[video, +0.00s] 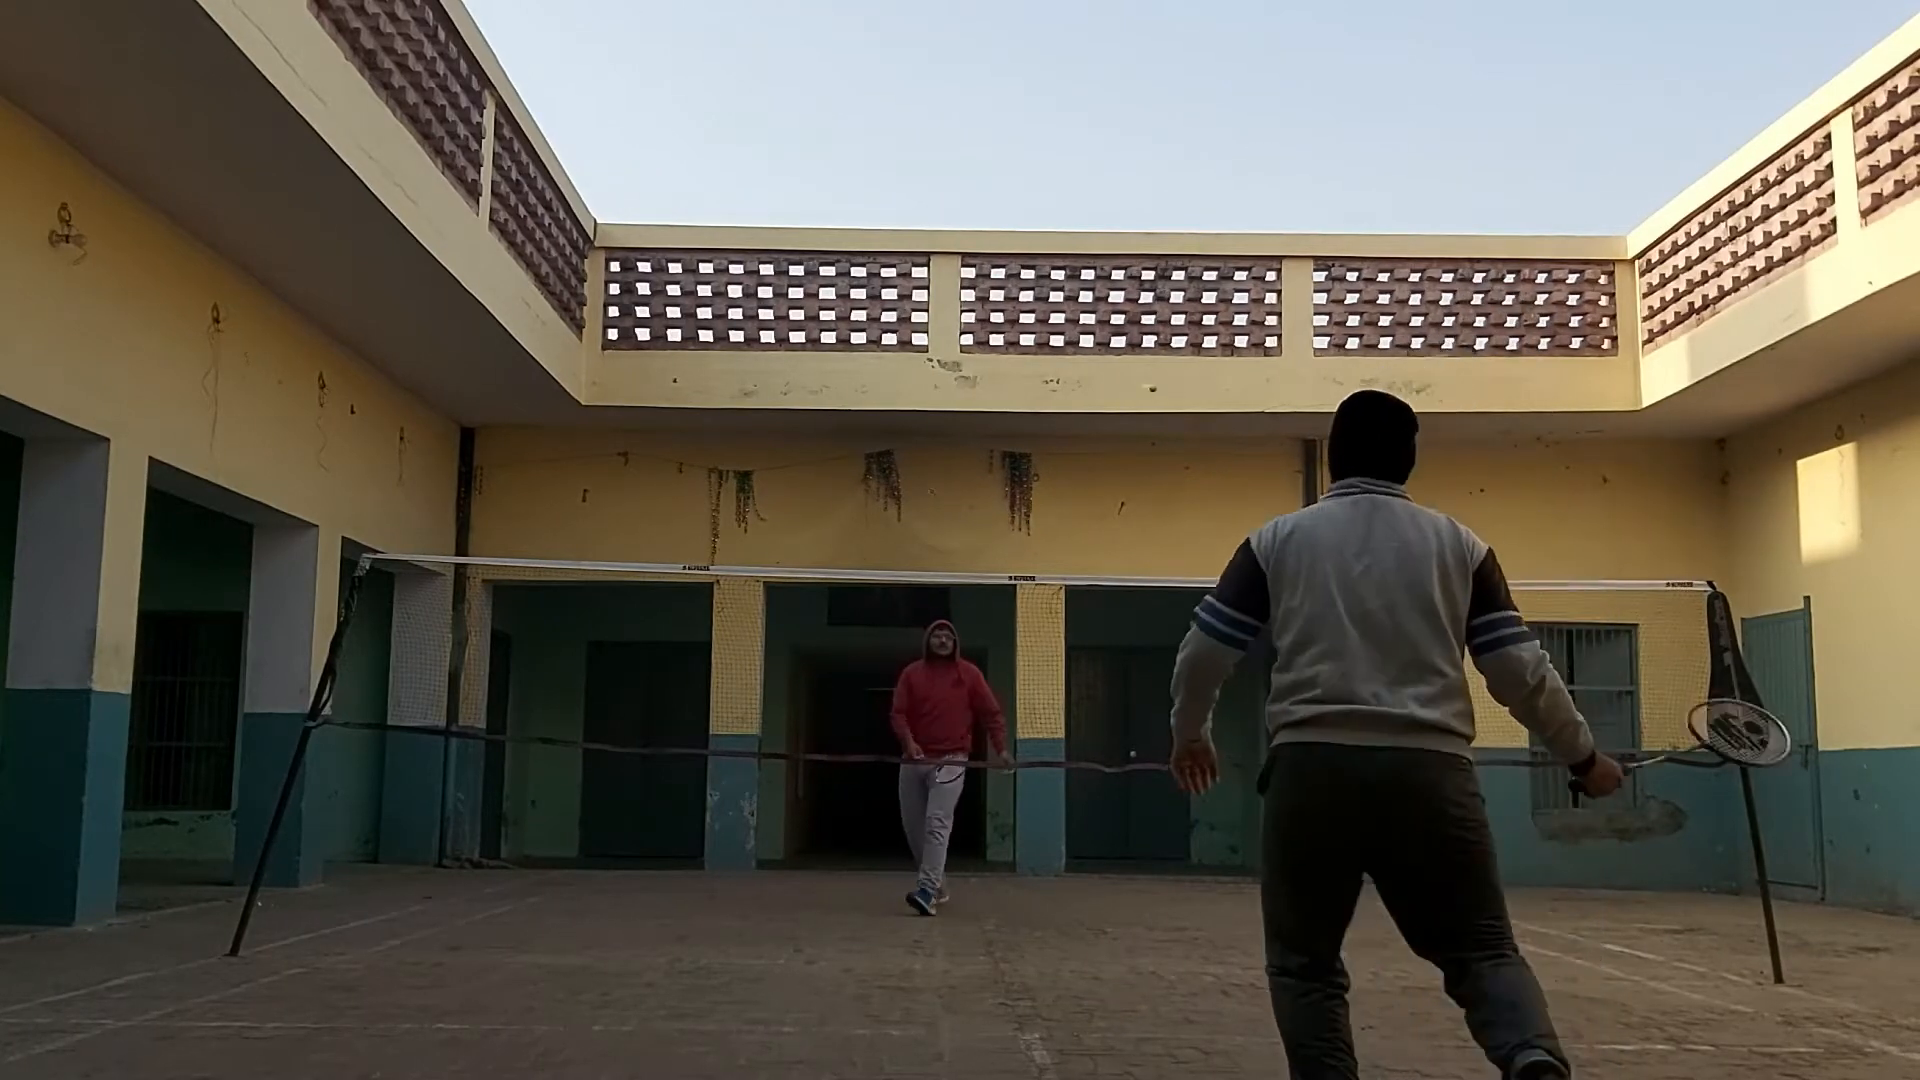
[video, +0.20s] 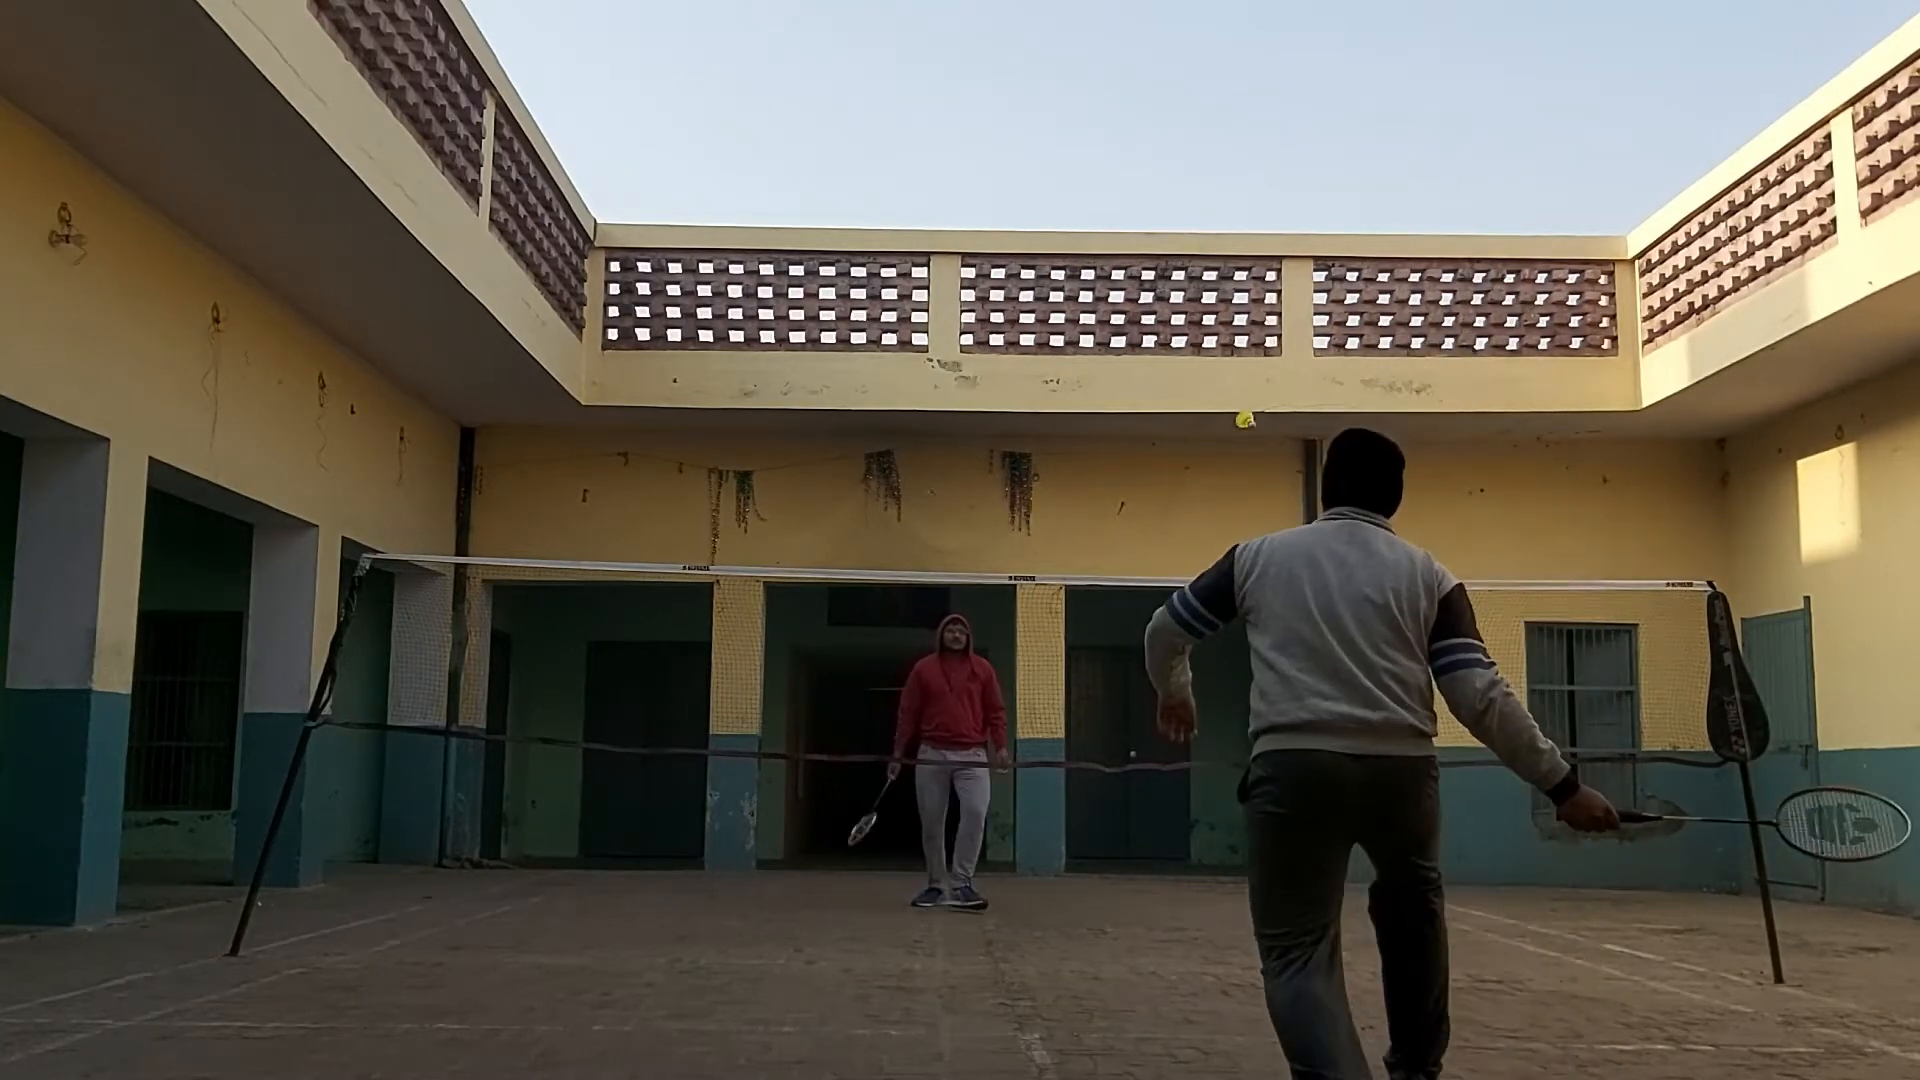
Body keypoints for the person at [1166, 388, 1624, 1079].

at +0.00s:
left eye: (1339, 451)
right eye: (1402, 453)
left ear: (1332, 456)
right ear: (1410, 461)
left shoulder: (1275, 541)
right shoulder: (1460, 546)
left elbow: (1200, 654)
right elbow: (1519, 670)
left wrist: (1190, 732)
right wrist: (1584, 756)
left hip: (1308, 777)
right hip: (1431, 777)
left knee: (1304, 964)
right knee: (1480, 947)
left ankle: (1328, 1077)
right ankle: (1535, 1061)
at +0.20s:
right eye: (1393, 490)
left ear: (1325, 488)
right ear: (1396, 498)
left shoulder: (1258, 557)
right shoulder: (1427, 576)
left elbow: (1164, 632)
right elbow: (1478, 695)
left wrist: (1174, 695)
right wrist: (1567, 786)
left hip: (1291, 767)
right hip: (1401, 769)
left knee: (1295, 947)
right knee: (1411, 890)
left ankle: (1335, 1076)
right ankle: (1415, 1065)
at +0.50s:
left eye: (1360, 534)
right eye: (1413, 552)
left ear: (1356, 539)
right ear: (1416, 562)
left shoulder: (1300, 574)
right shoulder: (1421, 645)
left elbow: (1220, 604)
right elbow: (1418, 759)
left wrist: (1178, 698)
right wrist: (1474, 830)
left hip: (1274, 757)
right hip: (1362, 782)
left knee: (1235, 916)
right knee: (1346, 895)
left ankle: (1296, 1035)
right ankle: (1379, 1050)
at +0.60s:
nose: (1346, 523)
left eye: (1350, 515)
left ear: (1348, 523)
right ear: (1405, 548)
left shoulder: (1302, 559)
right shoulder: (1401, 620)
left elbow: (1229, 602)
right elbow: (1359, 684)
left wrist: (1184, 687)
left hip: (1260, 741)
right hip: (1343, 763)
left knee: (1190, 896)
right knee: (1343, 891)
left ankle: (1257, 1046)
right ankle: (1379, 1052)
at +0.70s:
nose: (1322, 494)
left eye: (1327, 487)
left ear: (1324, 494)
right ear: (1380, 516)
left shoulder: (1283, 540)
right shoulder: (1377, 582)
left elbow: (1200, 586)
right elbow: (1319, 640)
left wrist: (1187, 665)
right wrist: (1236, 659)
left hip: (1248, 727)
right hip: (1330, 743)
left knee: (1161, 875)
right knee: (1328, 885)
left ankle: (1176, 1048)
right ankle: (1381, 1049)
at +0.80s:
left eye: (1275, 478)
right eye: (1334, 495)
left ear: (1272, 485)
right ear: (1333, 498)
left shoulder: (1238, 537)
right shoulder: (1336, 558)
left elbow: (1155, 597)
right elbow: (1275, 560)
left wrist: (1218, 604)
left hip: (1226, 723)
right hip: (1308, 733)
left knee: (1136, 874)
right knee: (1320, 879)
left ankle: (1090, 1033)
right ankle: (1373, 1037)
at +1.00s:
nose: (1164, 502)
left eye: (1165, 492)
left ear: (1164, 498)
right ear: (1226, 502)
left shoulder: (1136, 566)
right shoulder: (1253, 562)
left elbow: (1056, 630)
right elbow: (1197, 600)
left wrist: (1090, 589)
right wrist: (1149, 559)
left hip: (1162, 757)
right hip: (1253, 756)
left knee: (1093, 896)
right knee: (1293, 893)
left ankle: (1072, 1047)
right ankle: (1368, 1039)